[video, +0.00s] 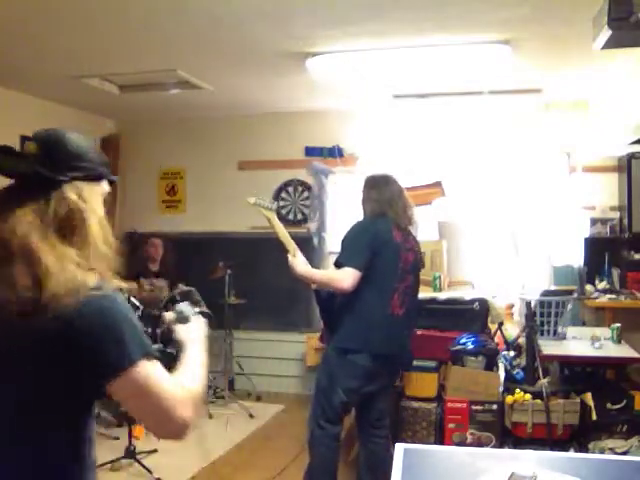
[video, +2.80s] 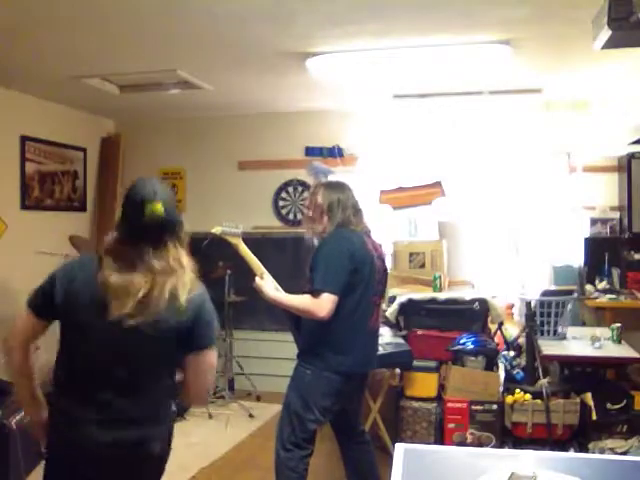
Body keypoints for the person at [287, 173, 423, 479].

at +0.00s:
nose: (362, 202)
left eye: (364, 196)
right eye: (364, 196)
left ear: (369, 198)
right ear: (398, 200)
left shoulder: (367, 230)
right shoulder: (410, 240)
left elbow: (346, 281)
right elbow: (394, 293)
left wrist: (305, 271)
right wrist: (326, 280)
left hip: (355, 346)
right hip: (392, 349)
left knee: (324, 424)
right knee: (376, 431)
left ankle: (320, 474)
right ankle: (375, 476)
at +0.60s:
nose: (322, 214)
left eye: (325, 207)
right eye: (323, 207)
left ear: (337, 207)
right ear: (361, 206)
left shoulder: (341, 238)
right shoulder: (377, 243)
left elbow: (321, 295)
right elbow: (370, 300)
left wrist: (276, 285)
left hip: (331, 358)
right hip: (363, 357)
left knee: (299, 439)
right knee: (357, 435)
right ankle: (373, 475)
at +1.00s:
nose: (306, 220)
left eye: (310, 212)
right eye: (305, 212)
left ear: (326, 211)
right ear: (343, 209)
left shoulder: (331, 241)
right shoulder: (366, 243)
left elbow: (316, 297)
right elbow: (372, 303)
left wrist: (292, 330)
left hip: (323, 354)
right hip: (355, 355)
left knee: (292, 435)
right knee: (349, 429)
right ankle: (364, 474)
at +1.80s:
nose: (307, 210)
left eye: (312, 203)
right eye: (308, 203)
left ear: (328, 207)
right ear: (349, 206)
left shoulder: (338, 240)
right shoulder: (368, 241)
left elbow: (324, 307)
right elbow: (362, 304)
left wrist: (280, 294)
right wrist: (311, 292)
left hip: (328, 361)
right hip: (358, 360)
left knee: (295, 445)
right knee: (352, 433)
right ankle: (367, 476)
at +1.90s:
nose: (308, 207)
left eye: (314, 201)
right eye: (310, 200)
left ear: (330, 207)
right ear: (349, 207)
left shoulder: (338, 240)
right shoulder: (368, 242)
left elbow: (325, 307)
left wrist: (279, 294)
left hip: (328, 361)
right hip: (358, 360)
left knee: (295, 445)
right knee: (352, 433)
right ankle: (368, 475)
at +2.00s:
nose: (308, 207)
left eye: (313, 201)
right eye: (309, 200)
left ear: (330, 207)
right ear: (349, 207)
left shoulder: (338, 241)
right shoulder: (367, 242)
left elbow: (326, 307)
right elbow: (361, 305)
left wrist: (280, 295)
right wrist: (310, 297)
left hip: (327, 362)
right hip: (358, 361)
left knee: (296, 445)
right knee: (352, 433)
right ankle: (368, 476)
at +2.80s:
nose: (308, 213)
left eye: (312, 206)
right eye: (309, 206)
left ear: (327, 210)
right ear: (349, 208)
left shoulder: (337, 243)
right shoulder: (365, 243)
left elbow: (322, 308)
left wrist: (275, 295)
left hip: (325, 363)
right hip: (355, 362)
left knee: (292, 446)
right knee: (351, 433)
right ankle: (368, 476)